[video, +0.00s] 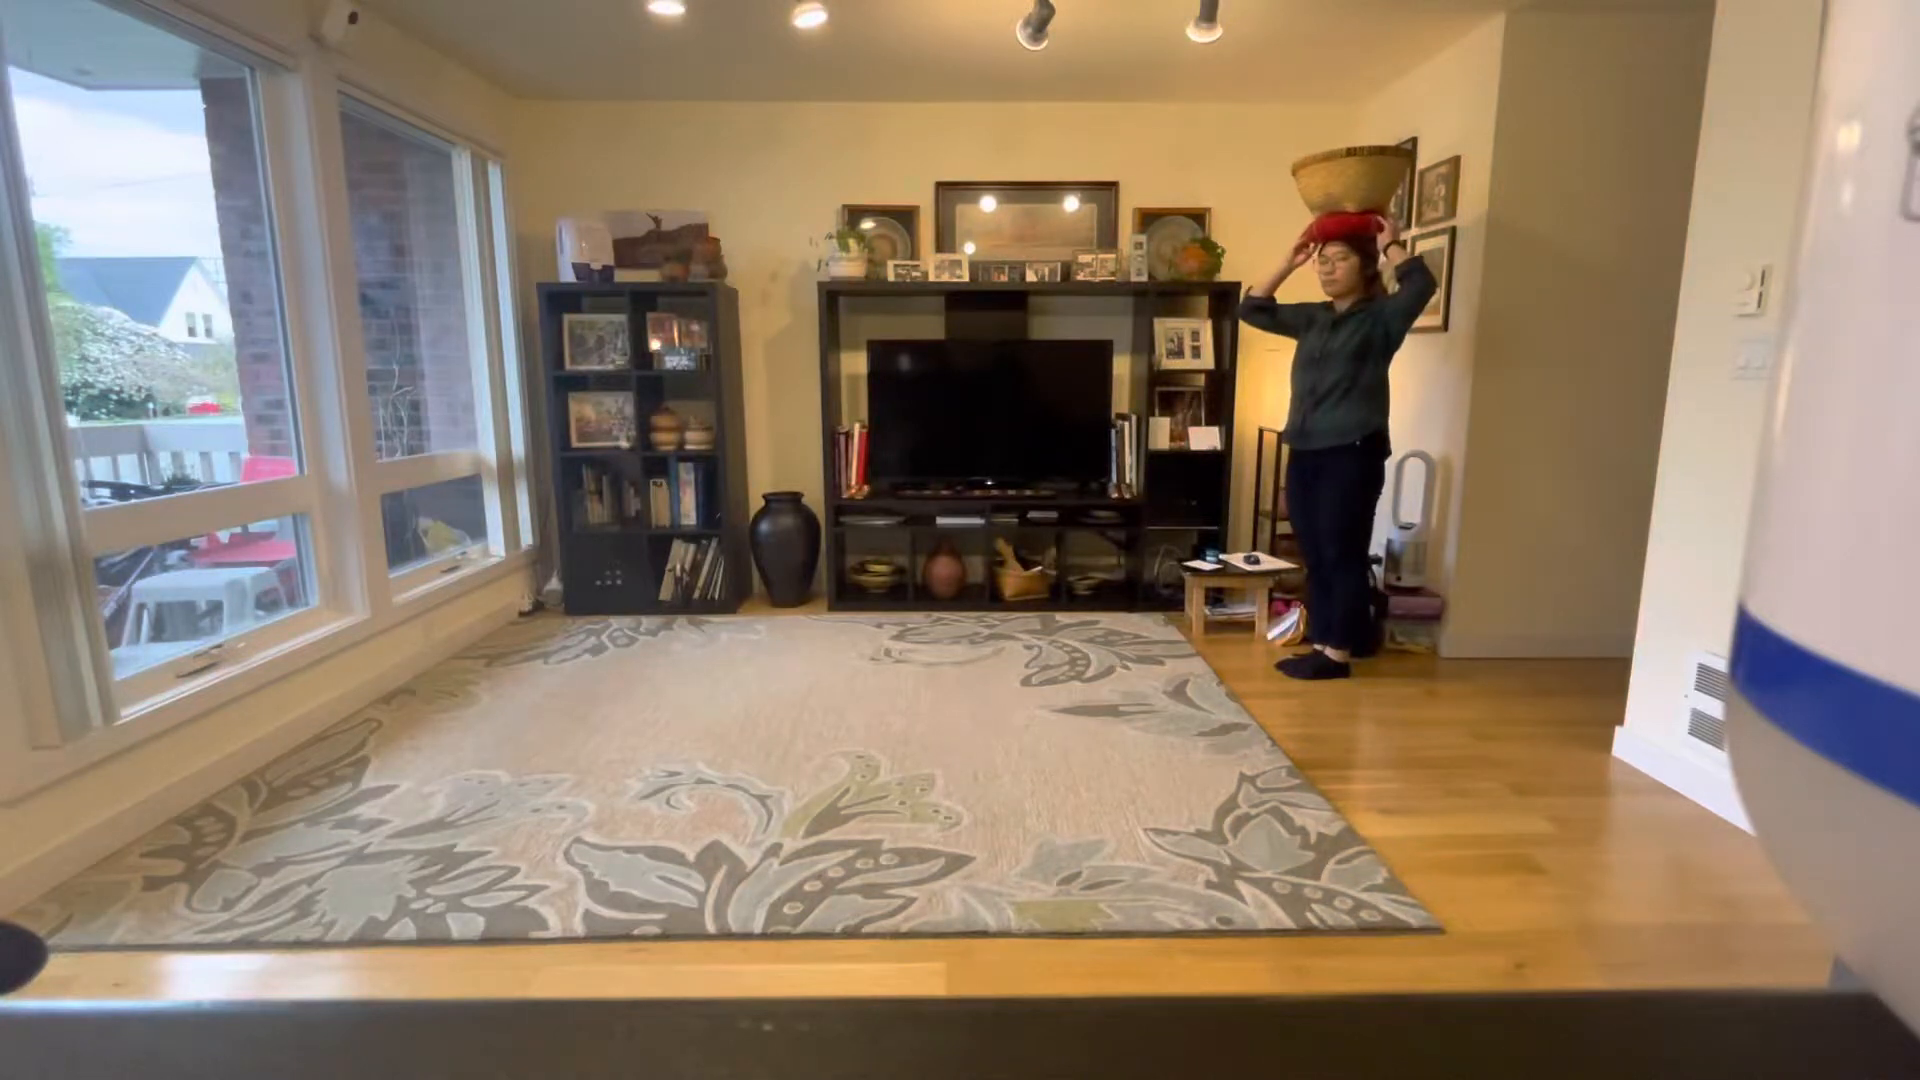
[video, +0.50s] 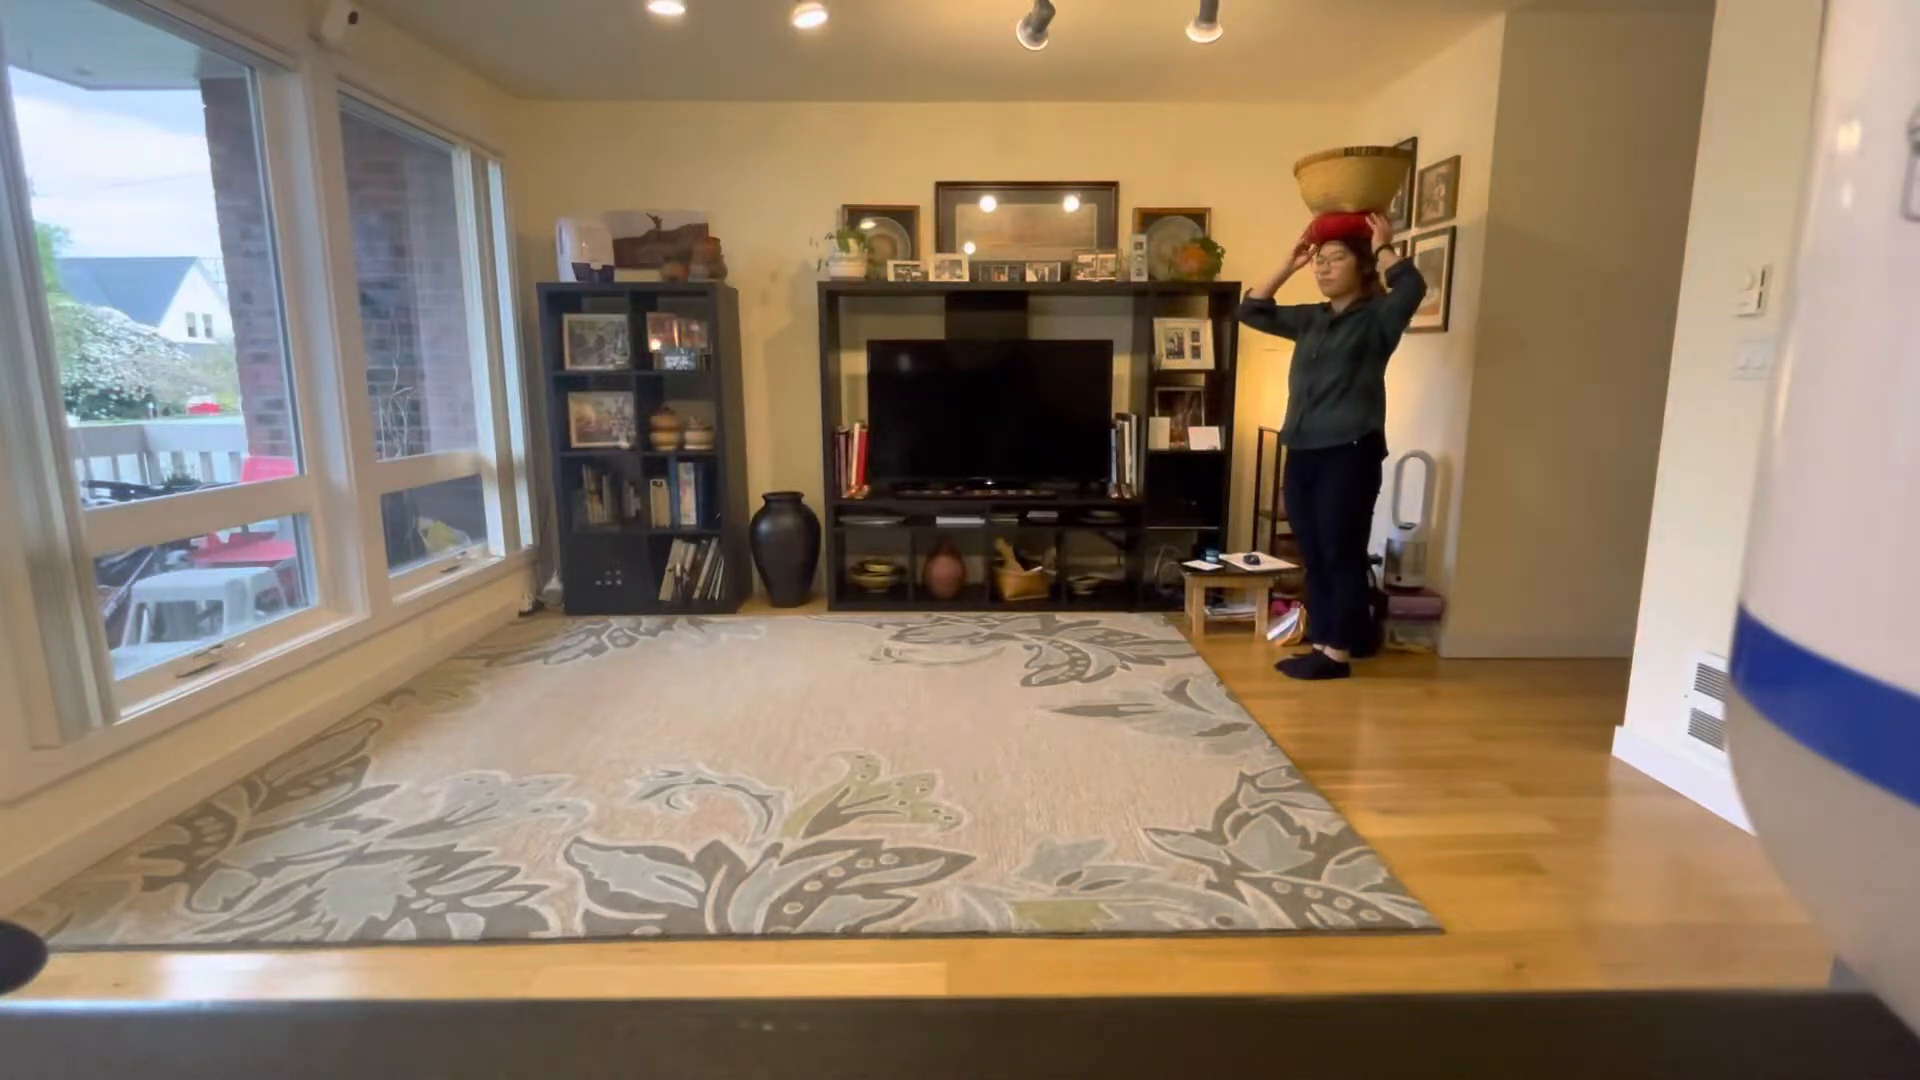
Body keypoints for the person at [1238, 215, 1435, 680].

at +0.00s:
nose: (1326, 267)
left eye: (1339, 258)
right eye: (1321, 259)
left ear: (1366, 267)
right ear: (1316, 265)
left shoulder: (1381, 317)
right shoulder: (1312, 317)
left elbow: (1422, 284)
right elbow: (1250, 310)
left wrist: (1391, 245)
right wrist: (1289, 264)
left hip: (1355, 448)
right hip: (1306, 448)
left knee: (1341, 547)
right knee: (1315, 547)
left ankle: (1338, 650)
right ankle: (1321, 641)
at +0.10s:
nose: (1325, 267)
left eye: (1338, 258)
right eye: (1320, 259)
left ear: (1365, 267)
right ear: (1315, 265)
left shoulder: (1380, 317)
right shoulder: (1310, 317)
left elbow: (1421, 284)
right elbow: (1250, 310)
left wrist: (1390, 245)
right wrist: (1289, 263)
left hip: (1354, 448)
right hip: (1305, 448)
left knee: (1341, 547)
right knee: (1314, 548)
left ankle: (1339, 650)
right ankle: (1321, 642)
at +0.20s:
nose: (1324, 267)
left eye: (1337, 258)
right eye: (1320, 259)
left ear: (1364, 266)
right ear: (1315, 264)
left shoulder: (1379, 316)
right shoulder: (1309, 317)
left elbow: (1421, 285)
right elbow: (1249, 310)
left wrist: (1391, 247)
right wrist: (1289, 263)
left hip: (1354, 448)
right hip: (1305, 448)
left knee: (1341, 547)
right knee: (1314, 547)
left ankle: (1338, 651)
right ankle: (1321, 642)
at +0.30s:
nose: (1325, 267)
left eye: (1336, 258)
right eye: (1319, 259)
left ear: (1364, 266)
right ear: (1314, 265)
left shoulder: (1379, 317)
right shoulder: (1310, 317)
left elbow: (1418, 286)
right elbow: (1249, 310)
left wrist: (1389, 247)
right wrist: (1287, 265)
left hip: (1353, 448)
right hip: (1305, 449)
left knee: (1341, 548)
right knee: (1315, 549)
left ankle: (1339, 651)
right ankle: (1321, 643)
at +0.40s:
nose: (1324, 267)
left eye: (1335, 258)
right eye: (1318, 259)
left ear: (1362, 266)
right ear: (1314, 266)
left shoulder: (1378, 317)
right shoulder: (1310, 317)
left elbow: (1414, 287)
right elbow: (1250, 310)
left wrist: (1385, 247)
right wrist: (1287, 266)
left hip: (1352, 448)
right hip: (1305, 449)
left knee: (1341, 549)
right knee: (1314, 550)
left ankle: (1338, 652)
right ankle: (1321, 643)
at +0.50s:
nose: (1323, 267)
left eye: (1335, 258)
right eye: (1318, 259)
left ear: (1362, 266)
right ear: (1313, 266)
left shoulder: (1377, 317)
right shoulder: (1311, 317)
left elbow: (1411, 288)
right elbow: (1250, 311)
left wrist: (1383, 248)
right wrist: (1288, 268)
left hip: (1352, 449)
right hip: (1304, 449)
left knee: (1341, 549)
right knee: (1314, 550)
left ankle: (1338, 652)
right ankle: (1321, 643)